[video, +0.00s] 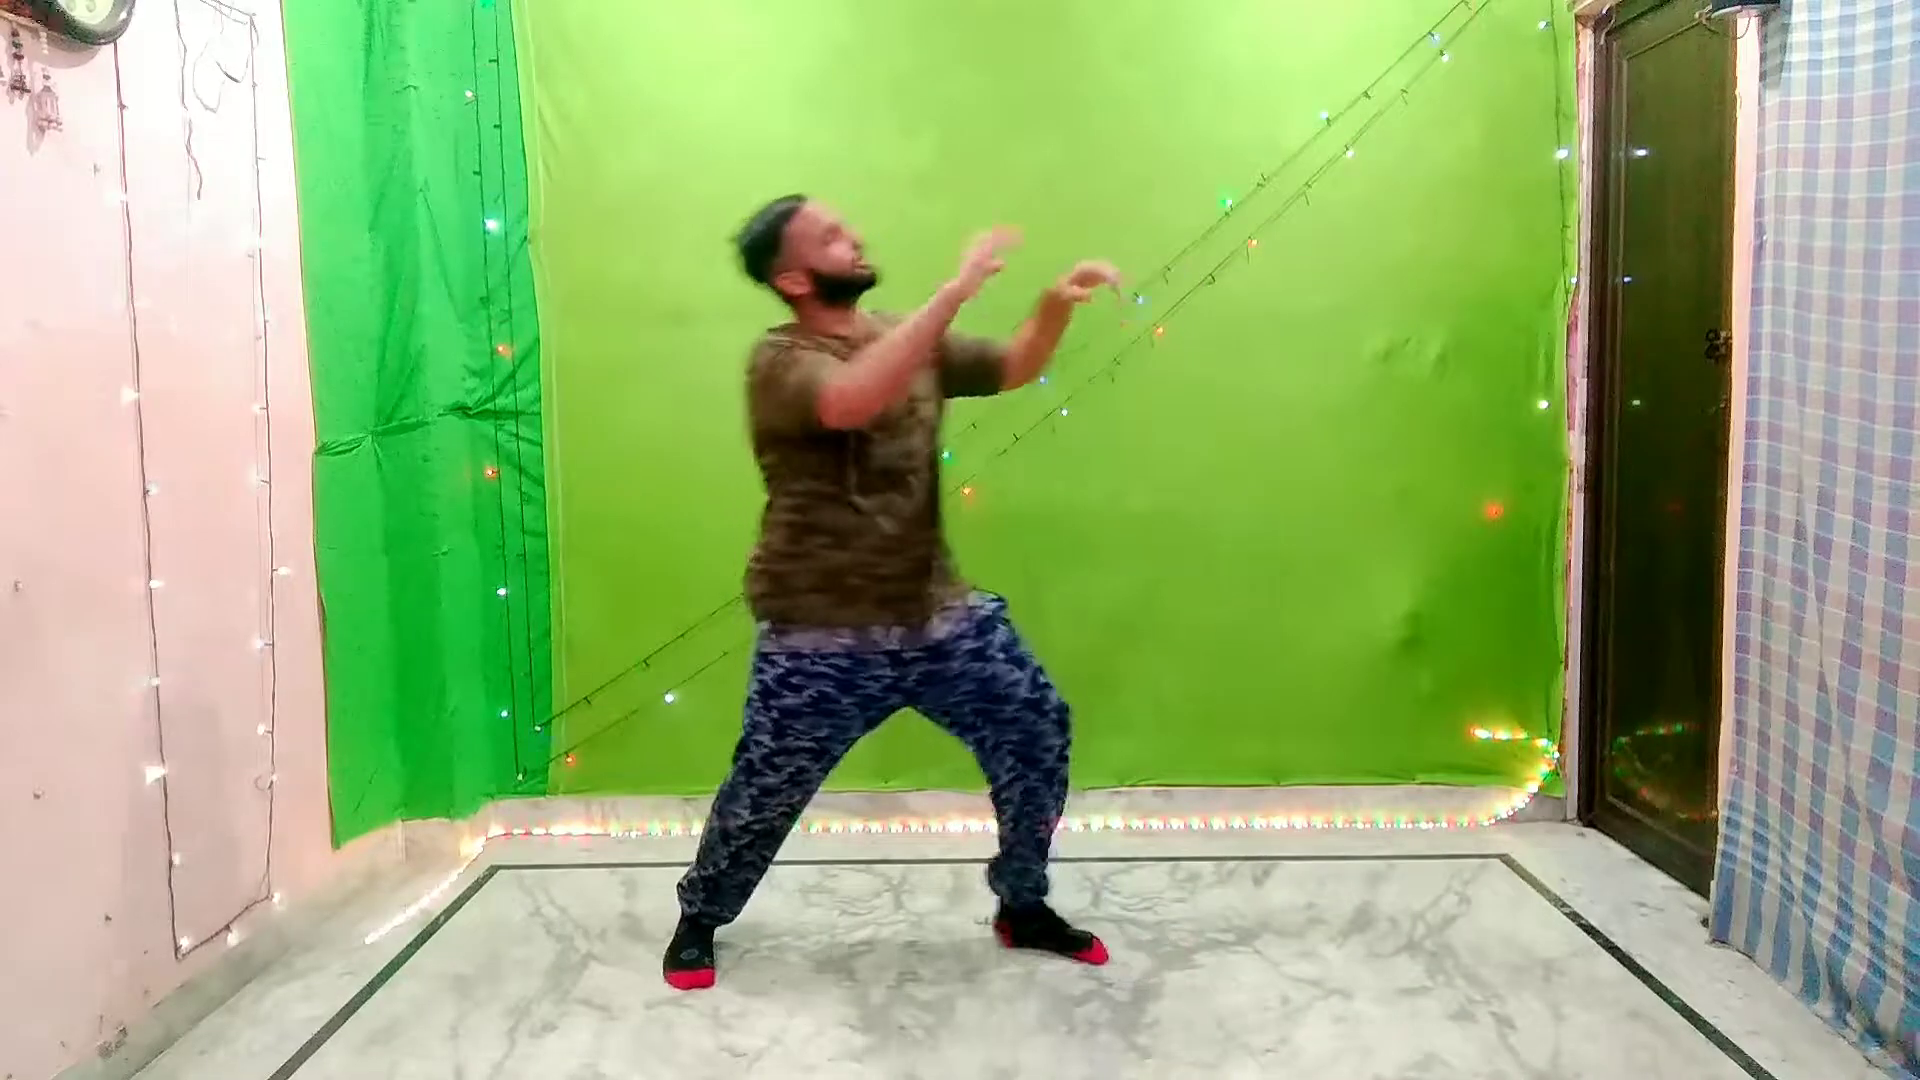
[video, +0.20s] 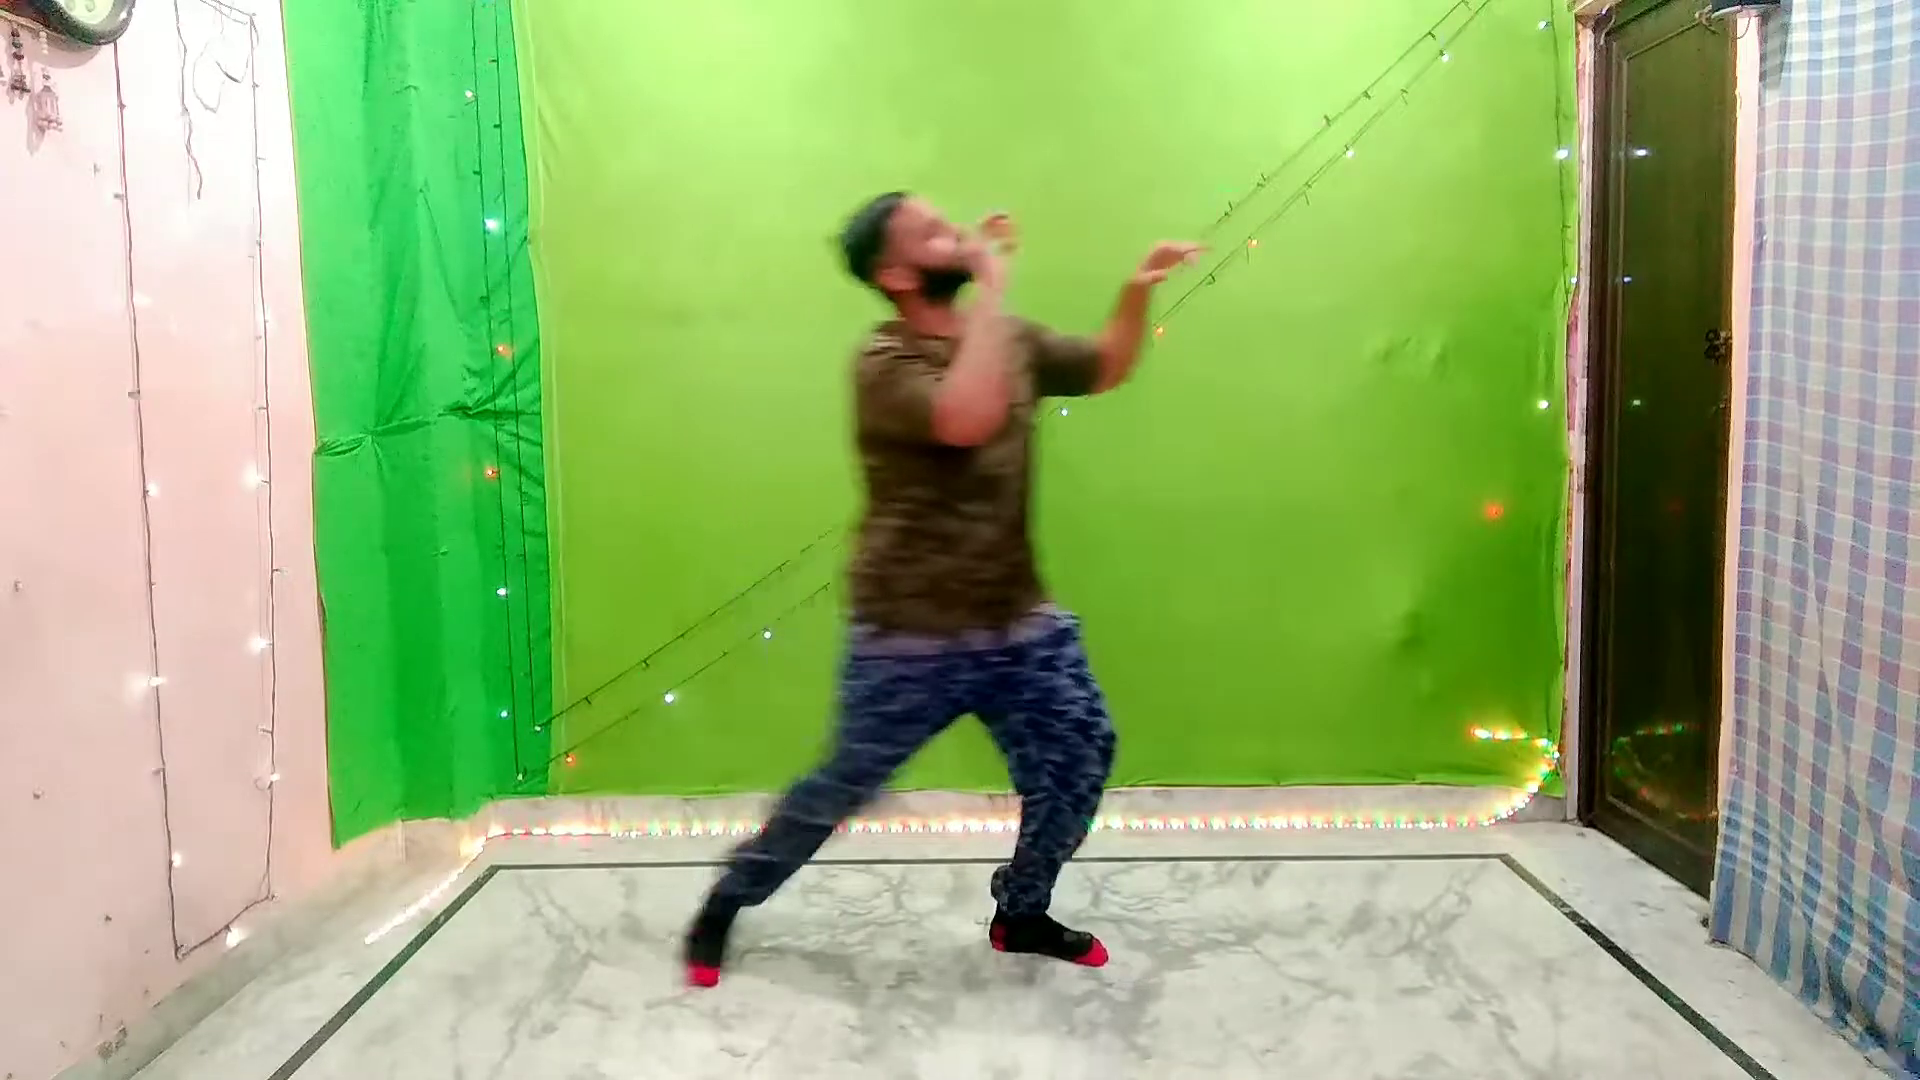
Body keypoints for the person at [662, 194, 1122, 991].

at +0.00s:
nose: (850, 235)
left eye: (840, 223)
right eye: (827, 235)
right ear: (791, 281)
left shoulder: (905, 337)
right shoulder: (781, 363)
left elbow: (1012, 366)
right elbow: (852, 398)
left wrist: (1054, 308)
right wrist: (952, 294)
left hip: (933, 612)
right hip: (820, 626)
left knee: (1035, 727)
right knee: (766, 791)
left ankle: (1022, 905)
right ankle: (697, 924)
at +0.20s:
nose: (954, 231)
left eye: (943, 220)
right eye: (929, 230)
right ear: (895, 277)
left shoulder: (1001, 338)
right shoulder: (885, 367)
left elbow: (1105, 367)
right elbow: (967, 417)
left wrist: (1139, 290)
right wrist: (990, 281)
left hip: (1012, 619)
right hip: (910, 630)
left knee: (1078, 751)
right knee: (847, 783)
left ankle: (1022, 914)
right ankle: (723, 905)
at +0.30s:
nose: (1012, 224)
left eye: (1001, 214)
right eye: (989, 224)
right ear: (956, 273)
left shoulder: (1045, 334)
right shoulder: (948, 360)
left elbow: (1155, 366)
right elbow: (1040, 403)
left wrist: (1184, 287)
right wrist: (1062, 267)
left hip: (1063, 612)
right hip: (973, 620)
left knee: (1107, 761)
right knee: (981, 778)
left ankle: (1024, 910)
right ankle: (866, 882)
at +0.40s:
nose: (1051, 223)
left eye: (1040, 212)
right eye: (1028, 221)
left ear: (1014, 265)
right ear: (995, 269)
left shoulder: (1078, 333)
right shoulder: (988, 355)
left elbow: (1185, 369)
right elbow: (1080, 389)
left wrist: (1209, 292)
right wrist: (1125, 261)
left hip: (1092, 609)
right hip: (1020, 616)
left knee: (1124, 769)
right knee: (1097, 769)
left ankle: (1027, 910)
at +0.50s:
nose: (1105, 219)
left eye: (1095, 208)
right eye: (1083, 216)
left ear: (1064, 258)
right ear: (1048, 260)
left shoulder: (1122, 326)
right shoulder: (1049, 341)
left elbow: (1225, 377)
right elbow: (1158, 358)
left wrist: (1245, 296)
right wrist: (1222, 224)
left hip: (1130, 604)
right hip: (1080, 610)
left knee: (1133, 774)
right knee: (1190, 745)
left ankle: (1030, 908)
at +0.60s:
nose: (1142, 209)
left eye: (1131, 198)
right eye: (1120, 206)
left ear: (1101, 247)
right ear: (1086, 248)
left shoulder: (1138, 329)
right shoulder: (1093, 332)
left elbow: (1250, 381)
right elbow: (1216, 326)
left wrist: (1265, 292)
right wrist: (1297, 193)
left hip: (1163, 606)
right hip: (1131, 611)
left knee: (1156, 773)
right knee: (1246, 750)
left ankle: (1038, 895)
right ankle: (1304, 948)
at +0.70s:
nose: (1195, 204)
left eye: (1183, 195)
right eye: (1174, 201)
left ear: (1140, 245)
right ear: (1140, 240)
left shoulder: (1176, 320)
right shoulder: (1170, 302)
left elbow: (1278, 421)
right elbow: (1310, 222)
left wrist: (1272, 312)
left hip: (1195, 604)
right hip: (1202, 603)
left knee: (1267, 765)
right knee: (1313, 765)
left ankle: (1141, 860)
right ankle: (1309, 952)